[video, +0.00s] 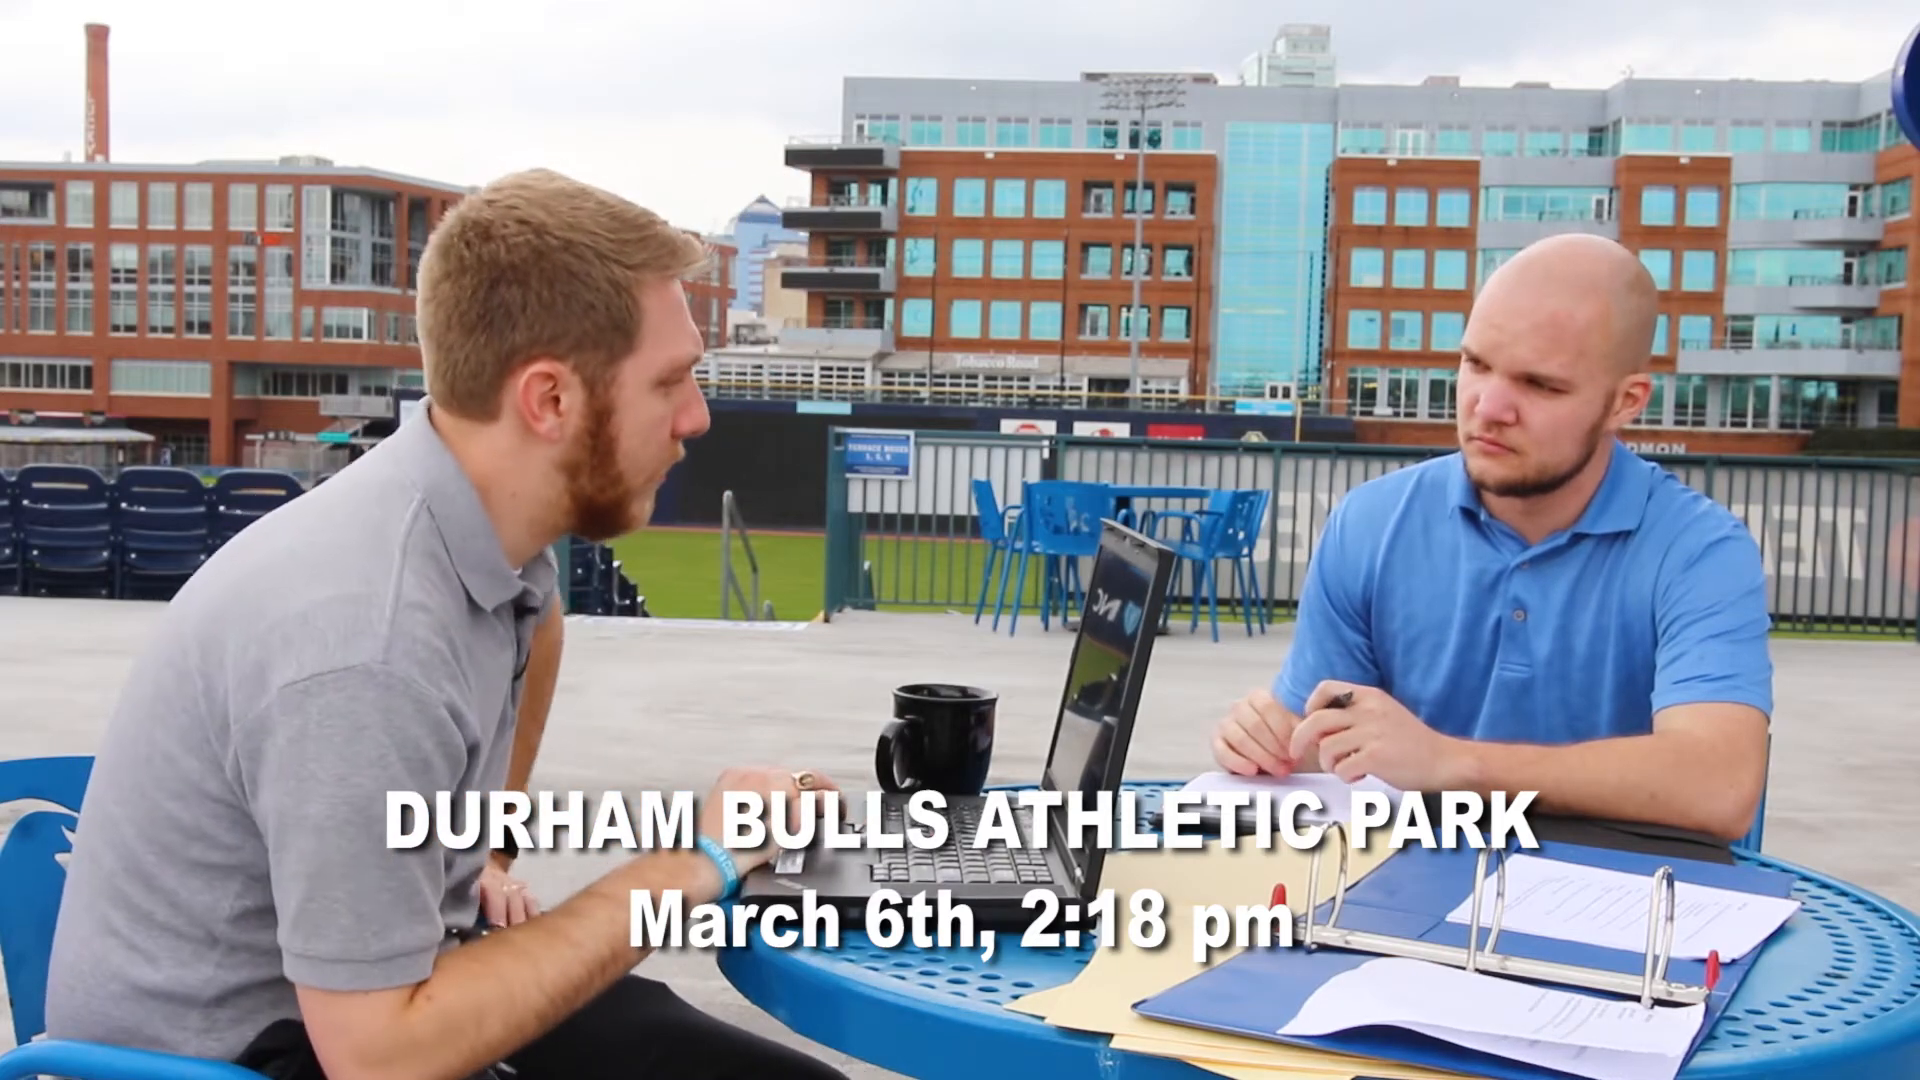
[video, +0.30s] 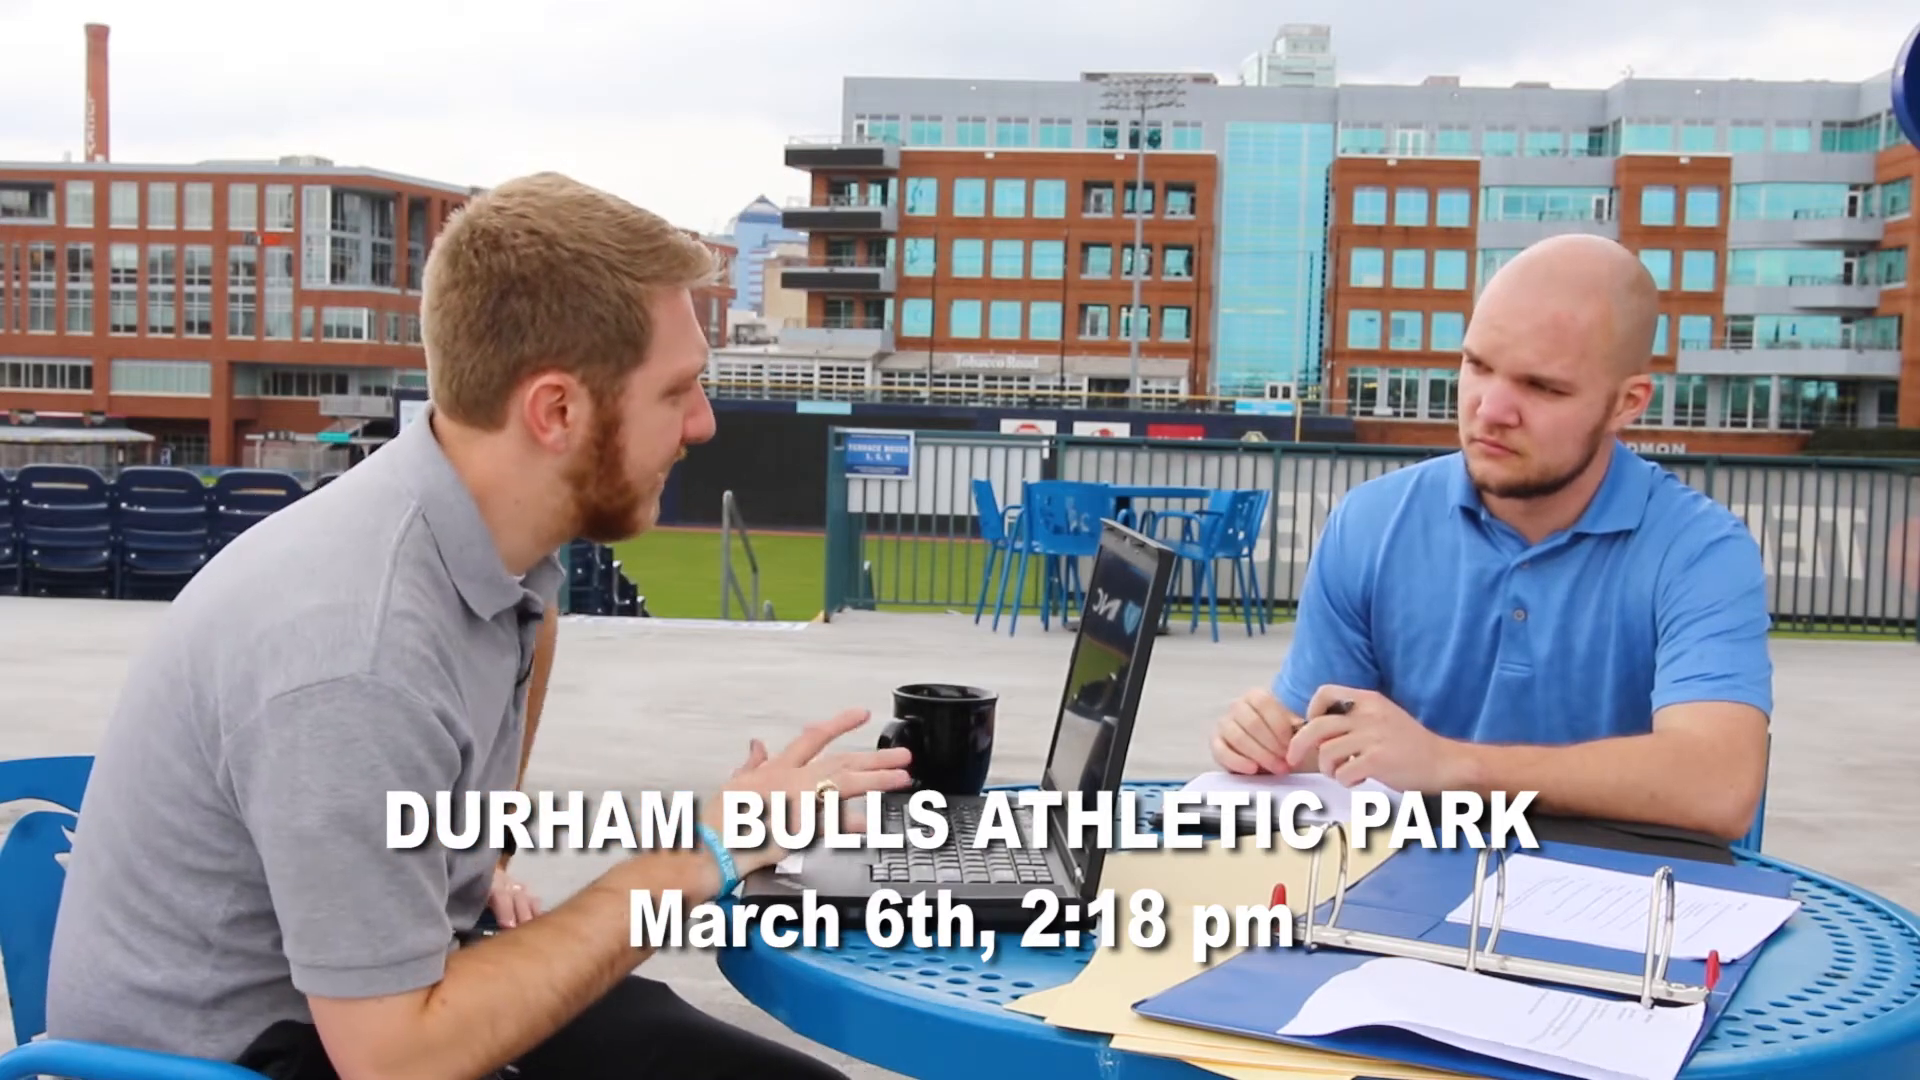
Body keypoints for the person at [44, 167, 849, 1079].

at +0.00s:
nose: (700, 420)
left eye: (693, 380)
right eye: (672, 385)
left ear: (548, 404)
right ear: (547, 401)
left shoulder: (472, 510)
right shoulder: (361, 649)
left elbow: (536, 636)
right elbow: (379, 1050)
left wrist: (487, 836)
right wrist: (691, 857)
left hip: (374, 964)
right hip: (218, 1046)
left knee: (808, 1074)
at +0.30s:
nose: (704, 427)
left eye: (698, 389)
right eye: (679, 395)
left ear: (549, 418)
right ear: (556, 415)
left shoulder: (485, 522)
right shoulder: (346, 660)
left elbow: (533, 643)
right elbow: (399, 1050)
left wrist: (481, 833)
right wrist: (712, 845)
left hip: (395, 953)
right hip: (218, 1043)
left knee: (791, 1061)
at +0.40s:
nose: (702, 427)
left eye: (696, 389)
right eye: (677, 397)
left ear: (548, 416)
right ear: (555, 413)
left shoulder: (477, 533)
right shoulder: (348, 659)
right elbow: (402, 1054)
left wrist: (466, 857)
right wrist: (706, 851)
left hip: (381, 968)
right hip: (216, 1047)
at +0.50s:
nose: (698, 422)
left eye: (693, 382)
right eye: (675, 388)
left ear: (544, 409)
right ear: (554, 406)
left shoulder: (473, 514)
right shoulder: (354, 667)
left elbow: (515, 652)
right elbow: (406, 1054)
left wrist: (479, 832)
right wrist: (699, 852)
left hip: (382, 953)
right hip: (217, 1044)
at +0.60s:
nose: (689, 409)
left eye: (683, 371)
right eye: (669, 374)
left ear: (542, 397)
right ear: (554, 395)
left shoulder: (461, 508)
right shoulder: (349, 663)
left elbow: (539, 636)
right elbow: (404, 1051)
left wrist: (488, 836)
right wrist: (704, 854)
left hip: (376, 957)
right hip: (213, 1044)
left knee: (641, 1014)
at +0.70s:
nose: (687, 408)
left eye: (680, 368)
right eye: (667, 369)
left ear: (545, 389)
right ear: (554, 388)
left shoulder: (467, 510)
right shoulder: (339, 653)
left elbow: (544, 634)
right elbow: (399, 1046)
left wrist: (487, 840)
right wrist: (695, 856)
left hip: (391, 952)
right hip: (216, 1040)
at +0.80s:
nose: (688, 405)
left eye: (681, 365)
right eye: (668, 367)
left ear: (546, 388)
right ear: (556, 387)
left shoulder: (464, 512)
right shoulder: (345, 652)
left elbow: (533, 637)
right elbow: (400, 1044)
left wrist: (483, 841)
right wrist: (695, 857)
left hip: (387, 951)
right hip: (215, 1041)